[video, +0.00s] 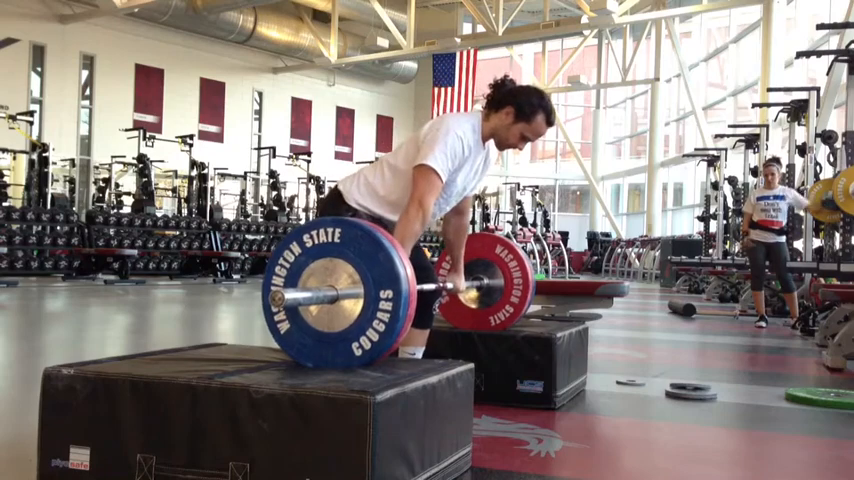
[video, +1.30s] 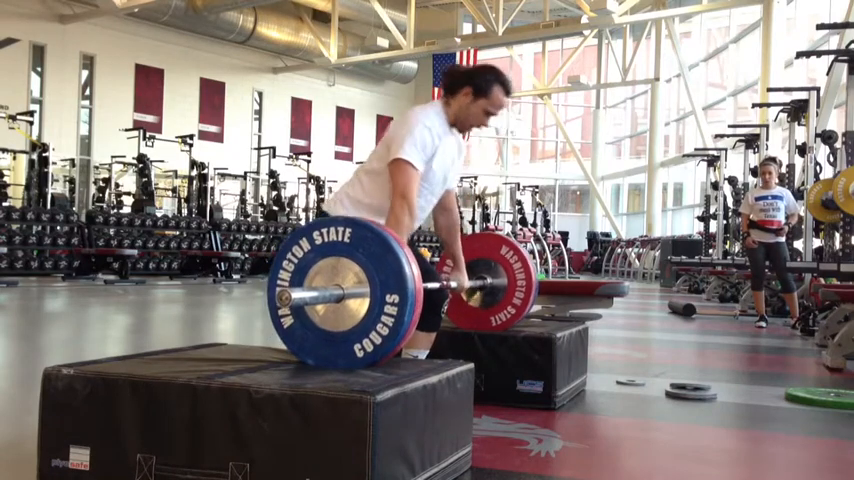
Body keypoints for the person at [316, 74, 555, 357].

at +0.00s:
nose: (522, 147)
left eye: (529, 142)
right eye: (524, 137)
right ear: (507, 113)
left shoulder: (484, 153)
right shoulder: (453, 130)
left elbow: (458, 214)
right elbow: (419, 205)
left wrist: (457, 270)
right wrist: (390, 270)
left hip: (390, 224)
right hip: (350, 210)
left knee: (425, 288)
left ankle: (406, 384)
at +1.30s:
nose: (487, 122)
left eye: (492, 116)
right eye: (487, 112)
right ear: (465, 95)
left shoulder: (454, 141)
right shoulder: (419, 123)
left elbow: (446, 209)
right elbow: (402, 206)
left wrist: (459, 266)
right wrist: (387, 272)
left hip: (387, 231)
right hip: (349, 223)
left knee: (433, 291)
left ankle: (408, 387)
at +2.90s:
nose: (473, 63)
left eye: (470, 57)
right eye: (464, 58)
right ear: (440, 73)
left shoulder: (453, 130)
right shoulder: (425, 116)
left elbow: (448, 203)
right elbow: (406, 197)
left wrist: (457, 262)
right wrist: (393, 264)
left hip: (383, 225)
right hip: (346, 217)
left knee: (431, 288)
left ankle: (406, 385)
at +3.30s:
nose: (466, 13)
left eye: (461, 7)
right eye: (455, 8)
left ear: (443, 27)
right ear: (436, 26)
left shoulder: (457, 79)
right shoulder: (429, 64)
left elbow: (450, 154)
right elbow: (406, 139)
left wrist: (454, 212)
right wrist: (392, 209)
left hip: (413, 205)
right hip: (385, 202)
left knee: (434, 285)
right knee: (402, 285)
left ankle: (412, 383)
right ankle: (374, 385)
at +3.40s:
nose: (410, 2)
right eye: (398, 1)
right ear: (378, 18)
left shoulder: (419, 62)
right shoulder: (391, 52)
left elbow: (433, 140)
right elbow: (389, 127)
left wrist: (455, 196)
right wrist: (404, 196)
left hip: (442, 201)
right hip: (412, 199)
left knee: (454, 291)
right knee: (409, 295)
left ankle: (417, 374)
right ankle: (376, 380)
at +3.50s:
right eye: (337, 1)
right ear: (334, 20)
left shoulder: (389, 52)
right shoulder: (354, 44)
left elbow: (420, 115)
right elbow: (368, 105)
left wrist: (457, 158)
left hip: (426, 183)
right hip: (390, 182)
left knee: (426, 278)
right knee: (387, 280)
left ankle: (415, 373)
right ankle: (371, 377)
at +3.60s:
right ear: (327, 14)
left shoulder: (383, 43)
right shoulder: (343, 38)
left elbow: (420, 97)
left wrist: (462, 132)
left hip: (419, 181)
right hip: (378, 185)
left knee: (441, 268)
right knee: (387, 277)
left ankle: (423, 372)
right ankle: (369, 378)